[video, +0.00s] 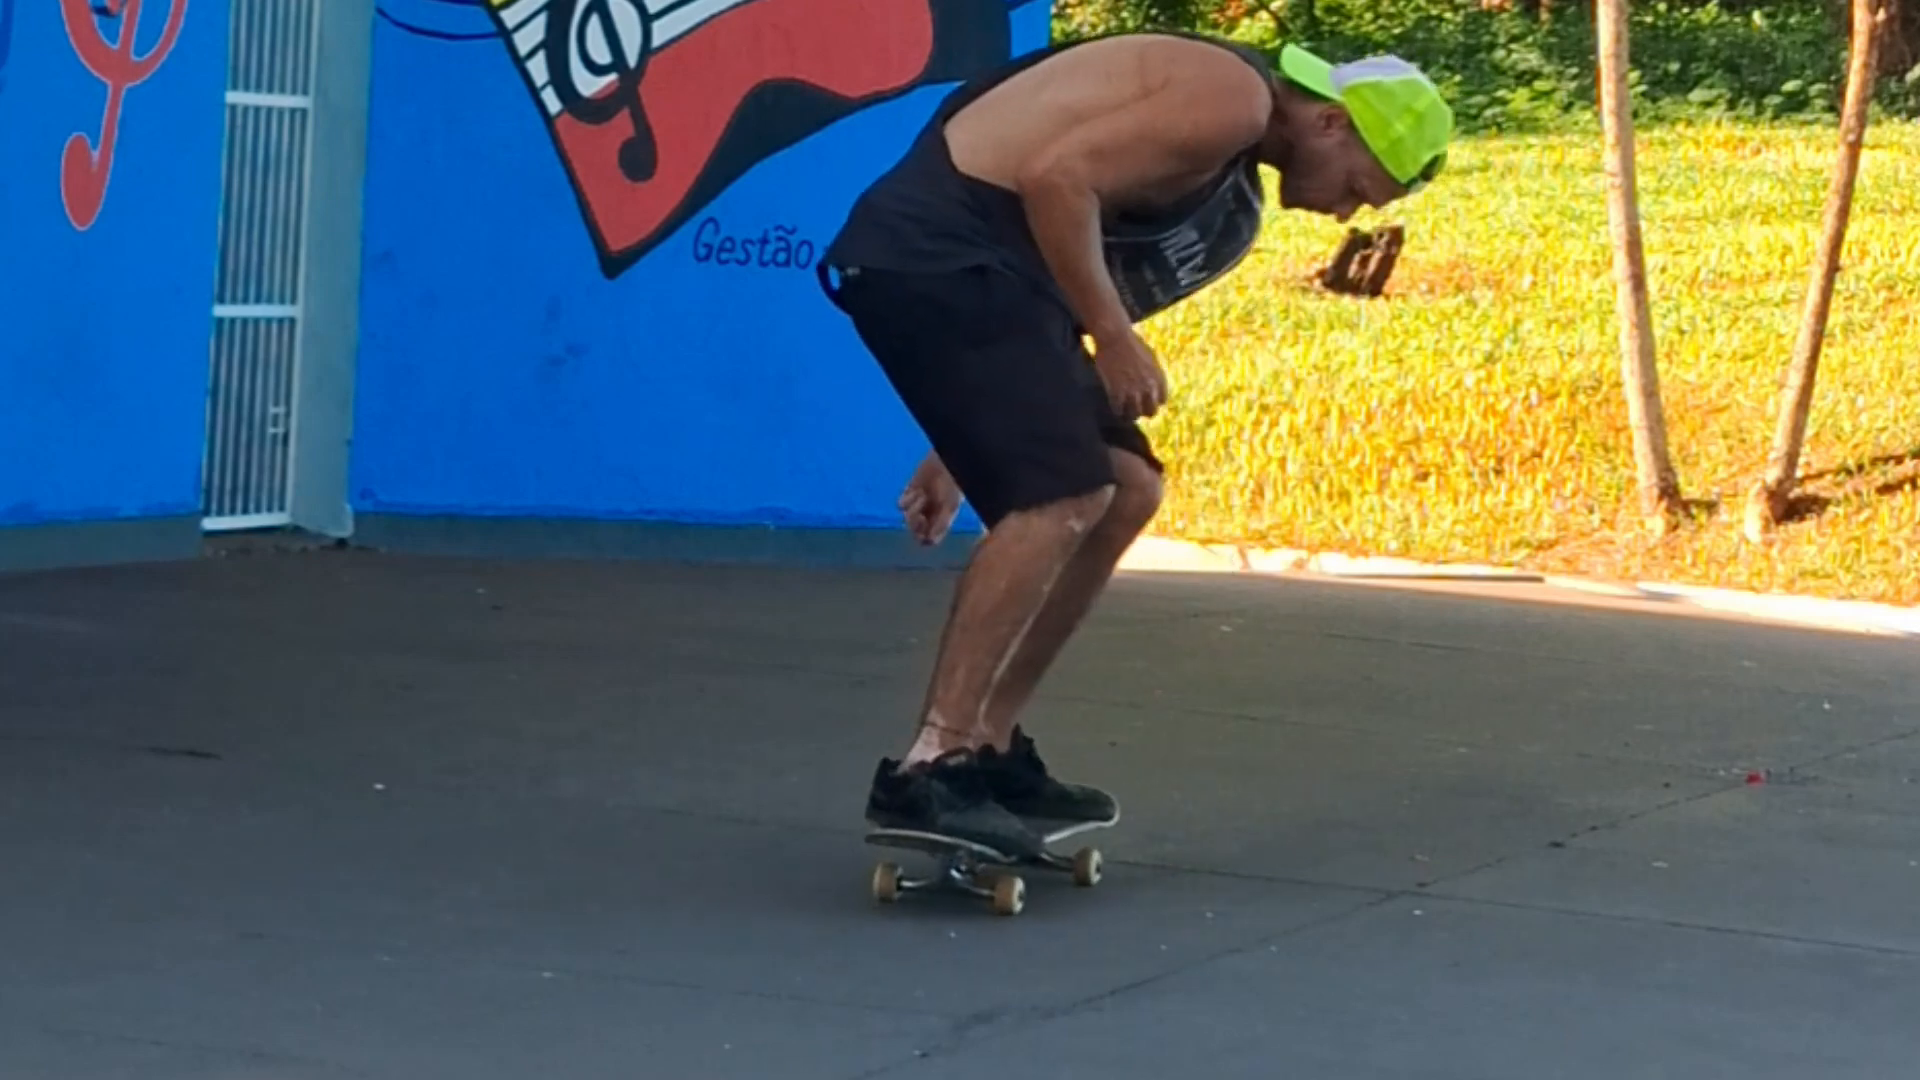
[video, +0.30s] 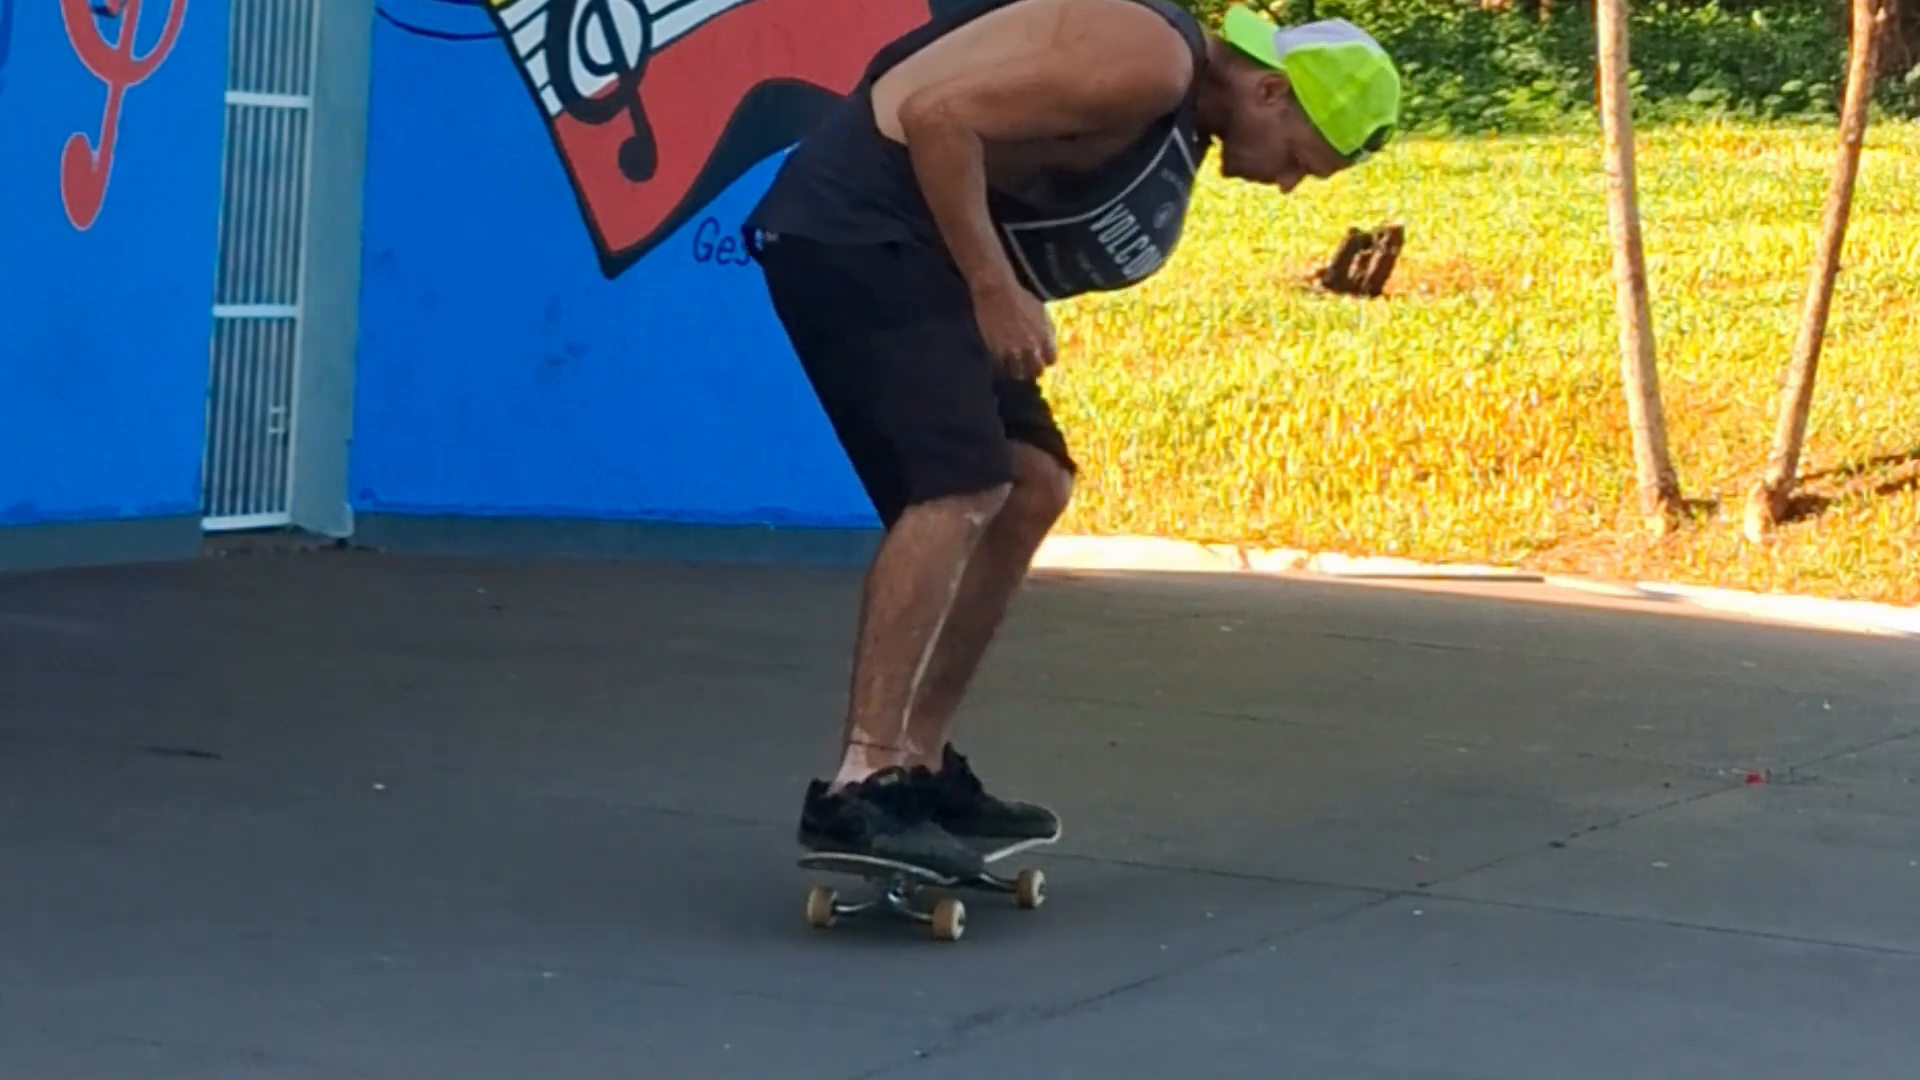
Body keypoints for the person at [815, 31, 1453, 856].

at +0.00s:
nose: (1355, 210)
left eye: (1372, 201)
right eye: (1366, 187)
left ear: (1333, 119)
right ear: (1335, 121)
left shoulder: (1225, 186)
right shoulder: (1228, 99)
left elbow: (1053, 286)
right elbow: (1056, 175)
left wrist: (961, 447)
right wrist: (1114, 334)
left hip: (985, 266)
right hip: (930, 249)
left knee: (1128, 490)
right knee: (1060, 498)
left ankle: (987, 743)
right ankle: (930, 763)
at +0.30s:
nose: (1292, 184)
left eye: (1311, 173)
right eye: (1304, 160)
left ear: (1276, 90)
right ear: (1275, 92)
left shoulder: (1173, 120)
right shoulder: (1143, 56)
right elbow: (931, 109)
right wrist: (993, 288)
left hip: (924, 255)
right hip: (853, 231)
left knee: (1034, 482)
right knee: (962, 484)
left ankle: (917, 762)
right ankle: (861, 782)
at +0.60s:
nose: (1241, 139)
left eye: (1259, 127)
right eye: (1249, 116)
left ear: (1213, 48)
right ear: (1213, 49)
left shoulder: (1127, 87)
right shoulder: (1071, 27)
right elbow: (847, 79)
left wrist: (906, 291)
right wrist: (885, 280)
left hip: (878, 248)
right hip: (776, 209)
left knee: (932, 478)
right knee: (847, 482)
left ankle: (857, 783)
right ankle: (790, 802)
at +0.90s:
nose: (1199, 100)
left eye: (1217, 89)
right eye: (1201, 76)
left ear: (1149, 12)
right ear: (1152, 10)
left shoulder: (1079, 63)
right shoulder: (990, 18)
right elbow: (780, 81)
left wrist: (835, 283)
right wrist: (802, 288)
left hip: (812, 237)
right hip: (703, 199)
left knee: (832, 481)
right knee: (750, 487)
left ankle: (793, 802)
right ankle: (718, 821)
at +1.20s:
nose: (1132, 83)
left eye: (1149, 73)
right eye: (1132, 58)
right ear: (1089, 2)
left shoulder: (1006, 69)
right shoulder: (921, 12)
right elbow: (704, 81)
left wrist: (754, 290)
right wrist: (711, 296)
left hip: (731, 231)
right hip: (627, 198)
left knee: (727, 506)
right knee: (642, 502)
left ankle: (724, 818)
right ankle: (640, 838)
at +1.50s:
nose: (1071, 45)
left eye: (1086, 30)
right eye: (1070, 17)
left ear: (1031, 13)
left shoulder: (937, 55)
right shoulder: (833, 7)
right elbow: (614, 74)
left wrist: (677, 292)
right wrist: (619, 297)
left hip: (659, 230)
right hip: (542, 190)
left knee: (643, 513)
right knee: (546, 507)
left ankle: (654, 836)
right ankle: (557, 861)